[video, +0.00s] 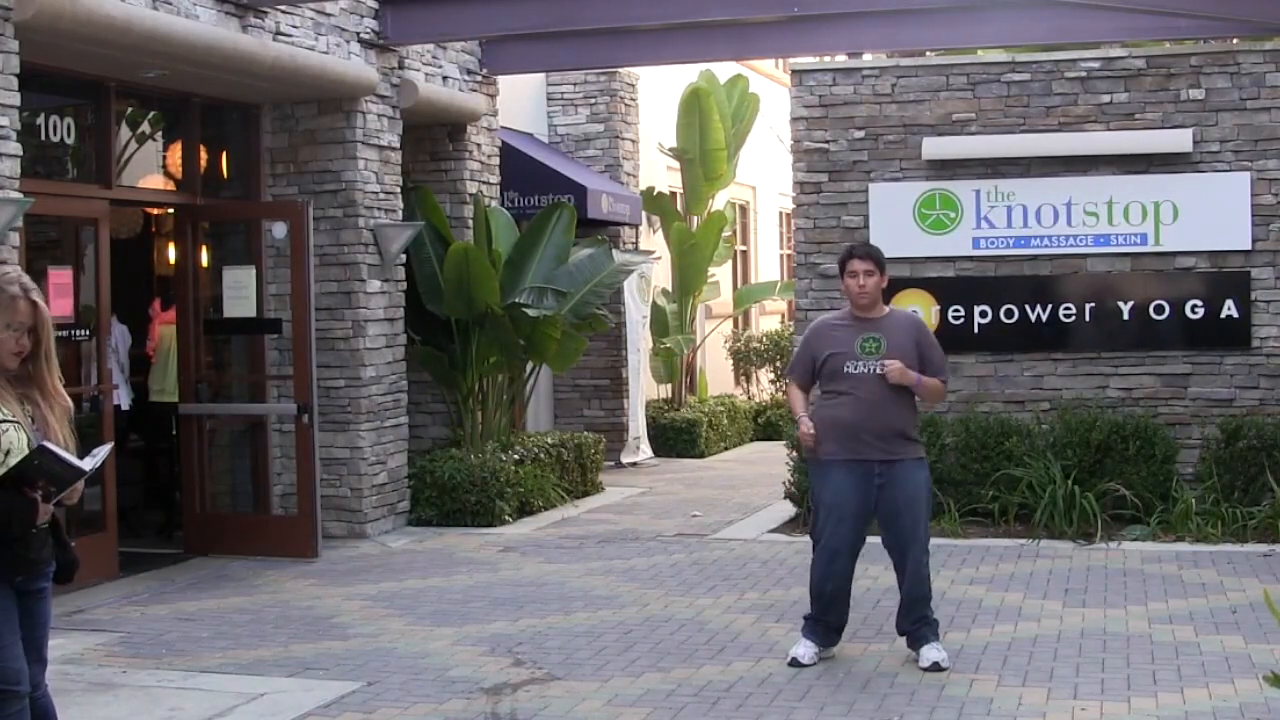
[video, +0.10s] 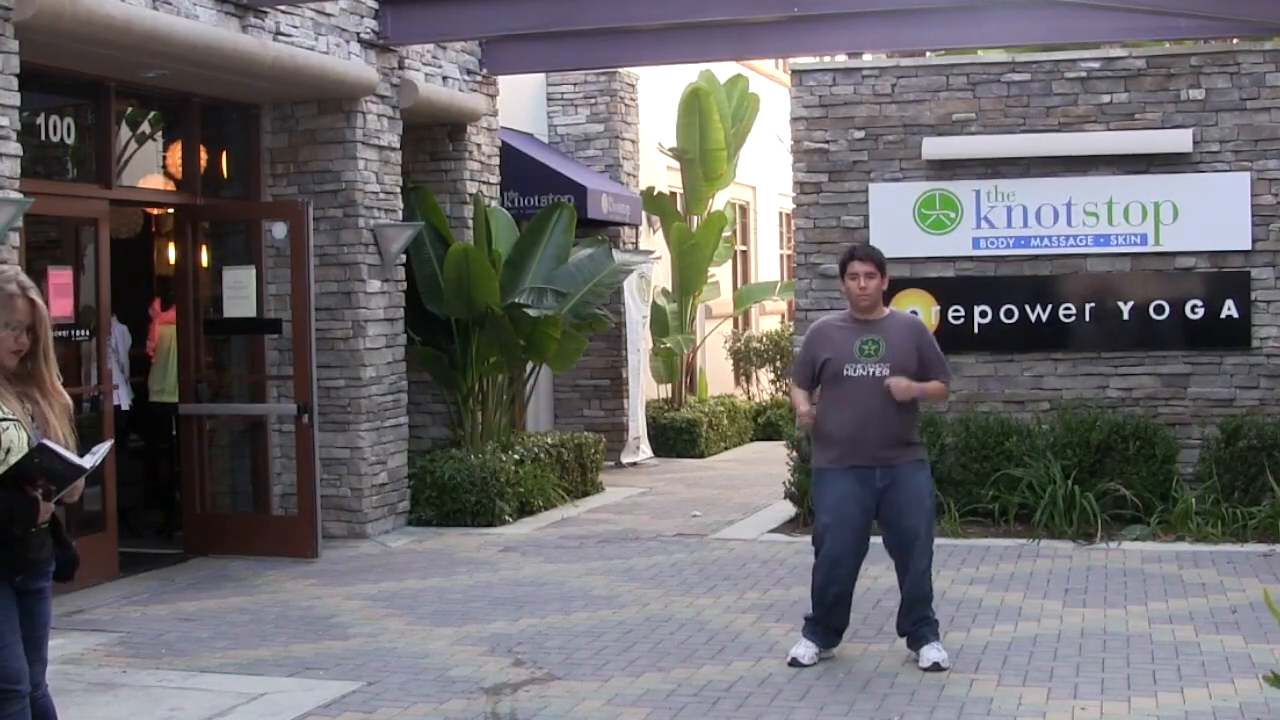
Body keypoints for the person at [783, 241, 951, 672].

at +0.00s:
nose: (860, 283)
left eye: (868, 274)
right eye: (852, 275)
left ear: (883, 279)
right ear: (842, 283)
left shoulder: (911, 326)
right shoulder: (821, 331)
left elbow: (938, 392)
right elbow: (796, 383)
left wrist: (909, 378)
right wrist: (802, 416)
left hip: (902, 459)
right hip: (837, 461)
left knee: (913, 551)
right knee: (832, 552)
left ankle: (924, 637)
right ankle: (817, 635)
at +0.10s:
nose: (861, 284)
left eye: (869, 276)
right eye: (853, 277)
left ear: (884, 281)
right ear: (842, 285)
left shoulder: (912, 328)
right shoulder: (821, 333)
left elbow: (941, 387)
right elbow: (799, 382)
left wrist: (917, 388)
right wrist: (802, 405)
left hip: (903, 462)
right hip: (838, 465)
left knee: (916, 551)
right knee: (835, 553)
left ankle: (924, 637)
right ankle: (818, 635)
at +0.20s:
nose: (861, 284)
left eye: (869, 276)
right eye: (853, 277)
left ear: (883, 281)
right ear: (842, 284)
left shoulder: (910, 329)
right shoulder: (821, 331)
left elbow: (938, 388)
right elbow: (796, 394)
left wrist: (917, 409)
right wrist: (805, 391)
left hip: (900, 464)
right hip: (836, 465)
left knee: (911, 549)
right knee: (832, 550)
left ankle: (923, 637)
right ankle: (819, 635)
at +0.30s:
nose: (861, 285)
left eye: (869, 277)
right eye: (853, 278)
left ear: (884, 282)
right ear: (843, 284)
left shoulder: (910, 329)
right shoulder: (821, 331)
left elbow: (937, 389)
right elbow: (794, 395)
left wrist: (915, 423)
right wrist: (816, 382)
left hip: (896, 464)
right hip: (832, 462)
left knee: (905, 546)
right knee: (822, 550)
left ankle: (923, 637)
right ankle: (817, 633)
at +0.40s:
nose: (862, 284)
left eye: (870, 277)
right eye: (854, 277)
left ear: (884, 281)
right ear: (843, 283)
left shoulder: (911, 328)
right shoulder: (822, 330)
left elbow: (937, 390)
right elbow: (798, 393)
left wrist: (916, 420)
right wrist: (824, 395)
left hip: (899, 462)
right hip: (835, 462)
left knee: (908, 548)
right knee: (828, 548)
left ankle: (923, 637)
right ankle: (817, 634)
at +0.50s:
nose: (862, 283)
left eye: (870, 275)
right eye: (854, 275)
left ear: (885, 279)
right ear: (843, 281)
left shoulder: (913, 325)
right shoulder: (823, 330)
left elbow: (940, 385)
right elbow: (802, 388)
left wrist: (917, 402)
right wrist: (819, 413)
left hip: (906, 460)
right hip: (842, 461)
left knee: (917, 550)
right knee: (833, 550)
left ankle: (924, 637)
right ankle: (817, 635)